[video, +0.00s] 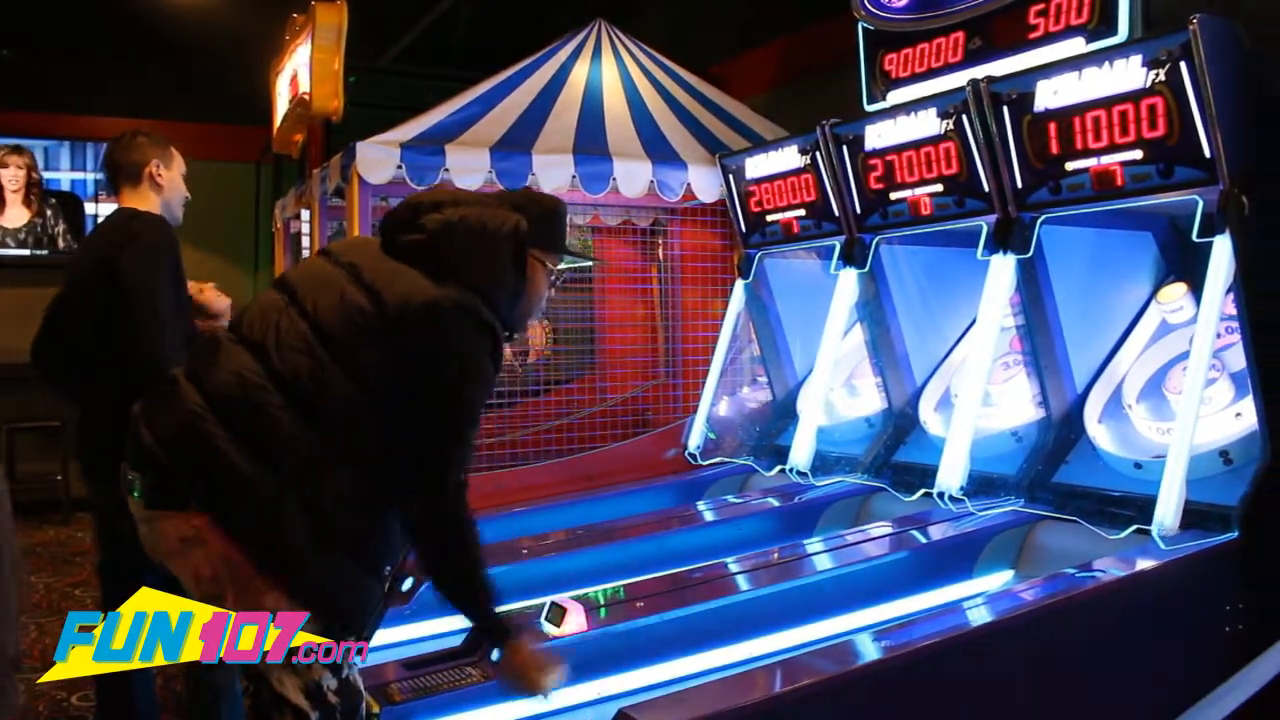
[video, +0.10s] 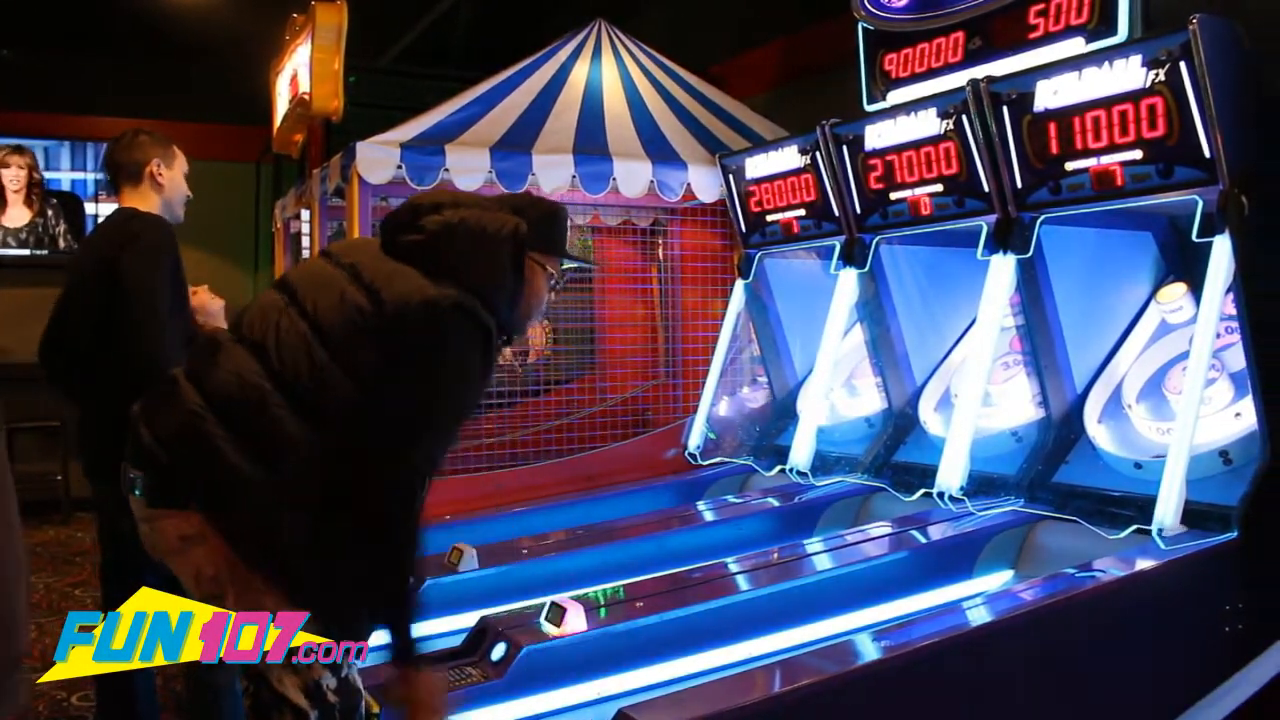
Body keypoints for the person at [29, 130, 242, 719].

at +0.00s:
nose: (187, 185)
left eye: (185, 172)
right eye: (183, 172)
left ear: (125, 178)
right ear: (157, 172)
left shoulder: (103, 239)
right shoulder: (152, 238)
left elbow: (50, 349)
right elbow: (160, 353)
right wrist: (211, 321)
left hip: (106, 448)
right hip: (144, 454)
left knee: (124, 593)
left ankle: (125, 706)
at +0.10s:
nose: (189, 185)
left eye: (187, 172)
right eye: (184, 172)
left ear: (127, 177)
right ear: (157, 172)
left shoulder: (102, 241)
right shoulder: (152, 239)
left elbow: (56, 350)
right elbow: (162, 354)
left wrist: (105, 403)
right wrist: (207, 325)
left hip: (109, 451)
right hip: (148, 455)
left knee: (126, 596)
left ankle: (125, 706)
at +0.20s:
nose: (191, 185)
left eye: (189, 171)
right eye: (186, 171)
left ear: (133, 176)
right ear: (158, 172)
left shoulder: (105, 240)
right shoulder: (149, 240)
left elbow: (60, 349)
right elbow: (160, 359)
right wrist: (201, 327)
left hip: (111, 454)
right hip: (144, 460)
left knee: (127, 598)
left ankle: (125, 706)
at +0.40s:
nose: (195, 181)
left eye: (193, 169)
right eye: (185, 168)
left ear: (138, 174)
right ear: (143, 172)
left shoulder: (106, 240)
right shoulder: (146, 239)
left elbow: (65, 350)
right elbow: (155, 361)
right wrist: (195, 325)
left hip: (114, 456)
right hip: (145, 460)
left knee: (129, 600)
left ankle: (127, 707)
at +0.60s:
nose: (184, 177)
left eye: (186, 167)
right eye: (170, 164)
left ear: (135, 176)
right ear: (127, 170)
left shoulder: (104, 238)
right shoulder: (143, 239)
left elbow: (65, 349)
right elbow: (154, 355)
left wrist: (110, 401)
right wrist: (195, 418)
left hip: (110, 444)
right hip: (141, 449)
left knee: (128, 591)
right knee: (164, 592)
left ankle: (127, 705)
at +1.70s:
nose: (192, 177)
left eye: (191, 165)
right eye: (182, 163)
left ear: (136, 168)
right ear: (137, 165)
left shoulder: (105, 238)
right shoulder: (134, 245)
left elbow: (64, 343)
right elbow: (152, 362)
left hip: (115, 453)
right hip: (137, 459)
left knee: (134, 592)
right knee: (155, 596)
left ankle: (131, 704)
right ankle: (151, 706)